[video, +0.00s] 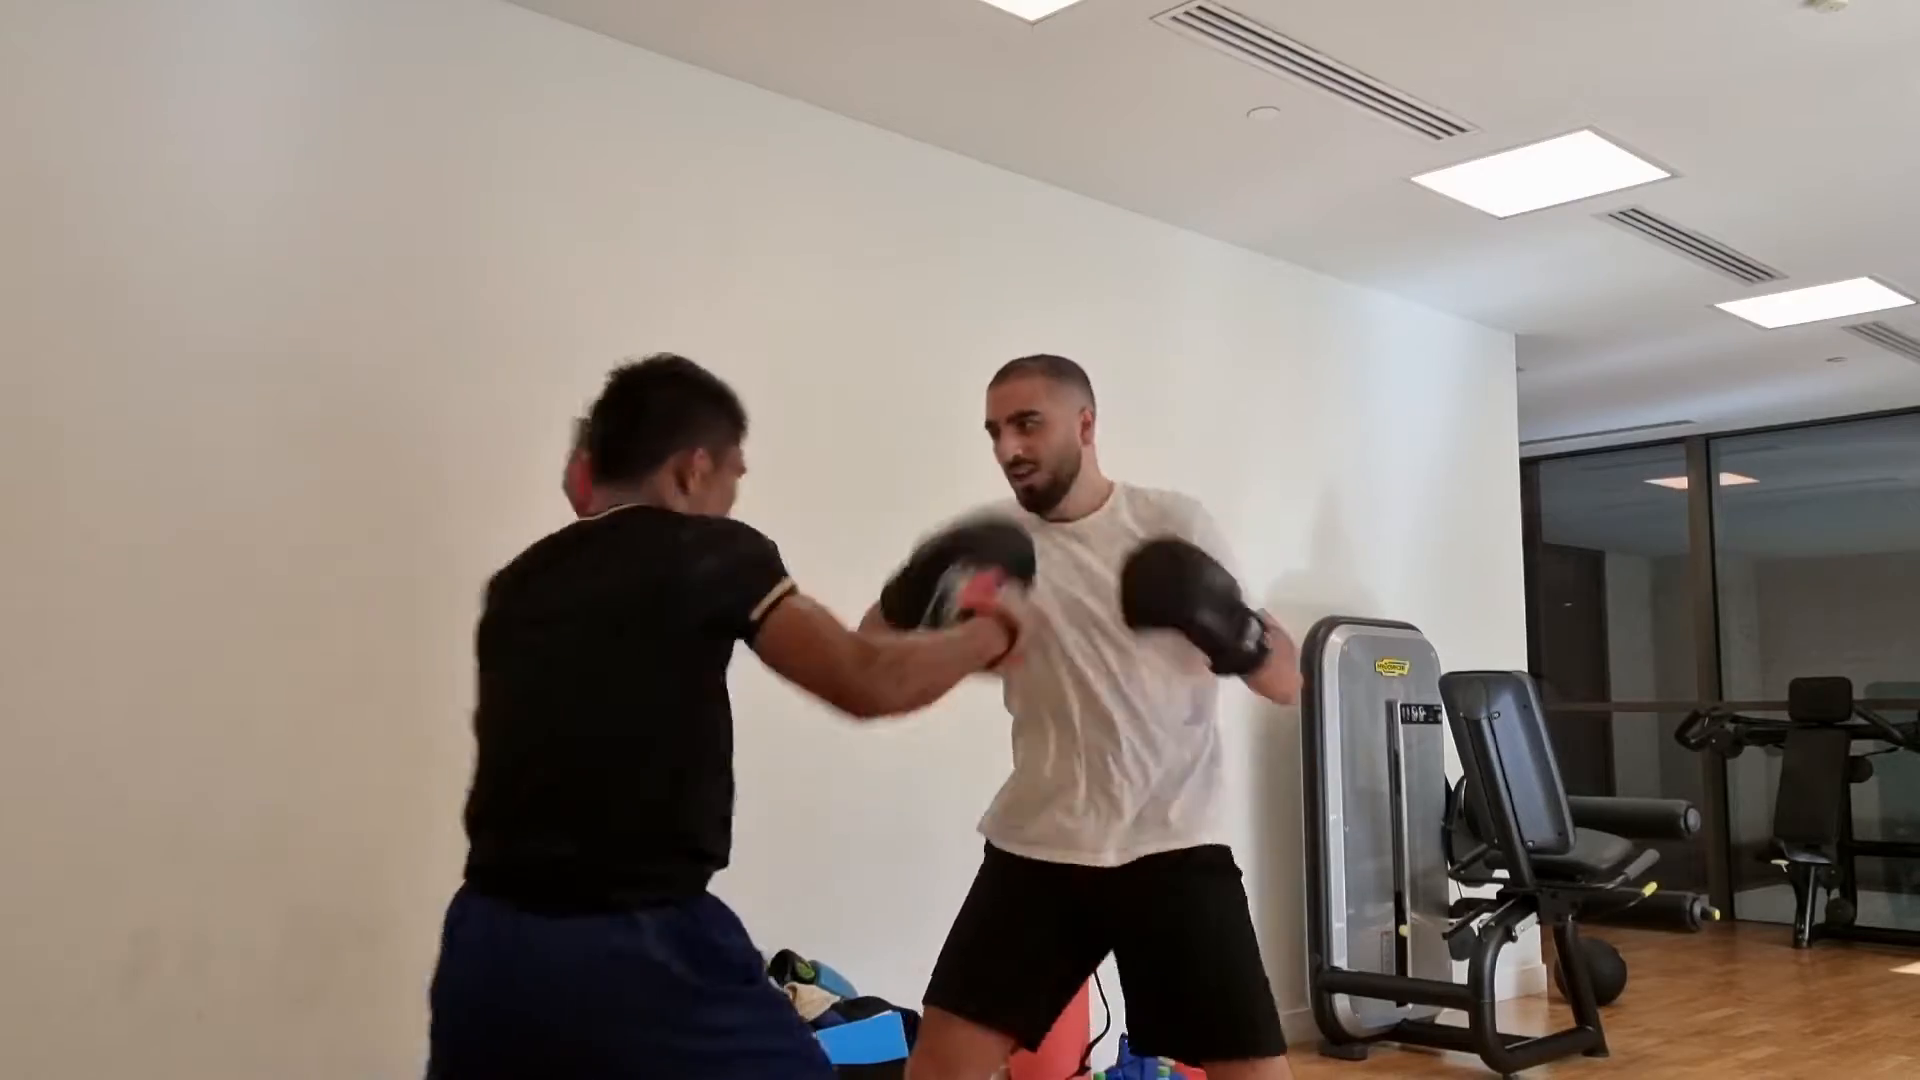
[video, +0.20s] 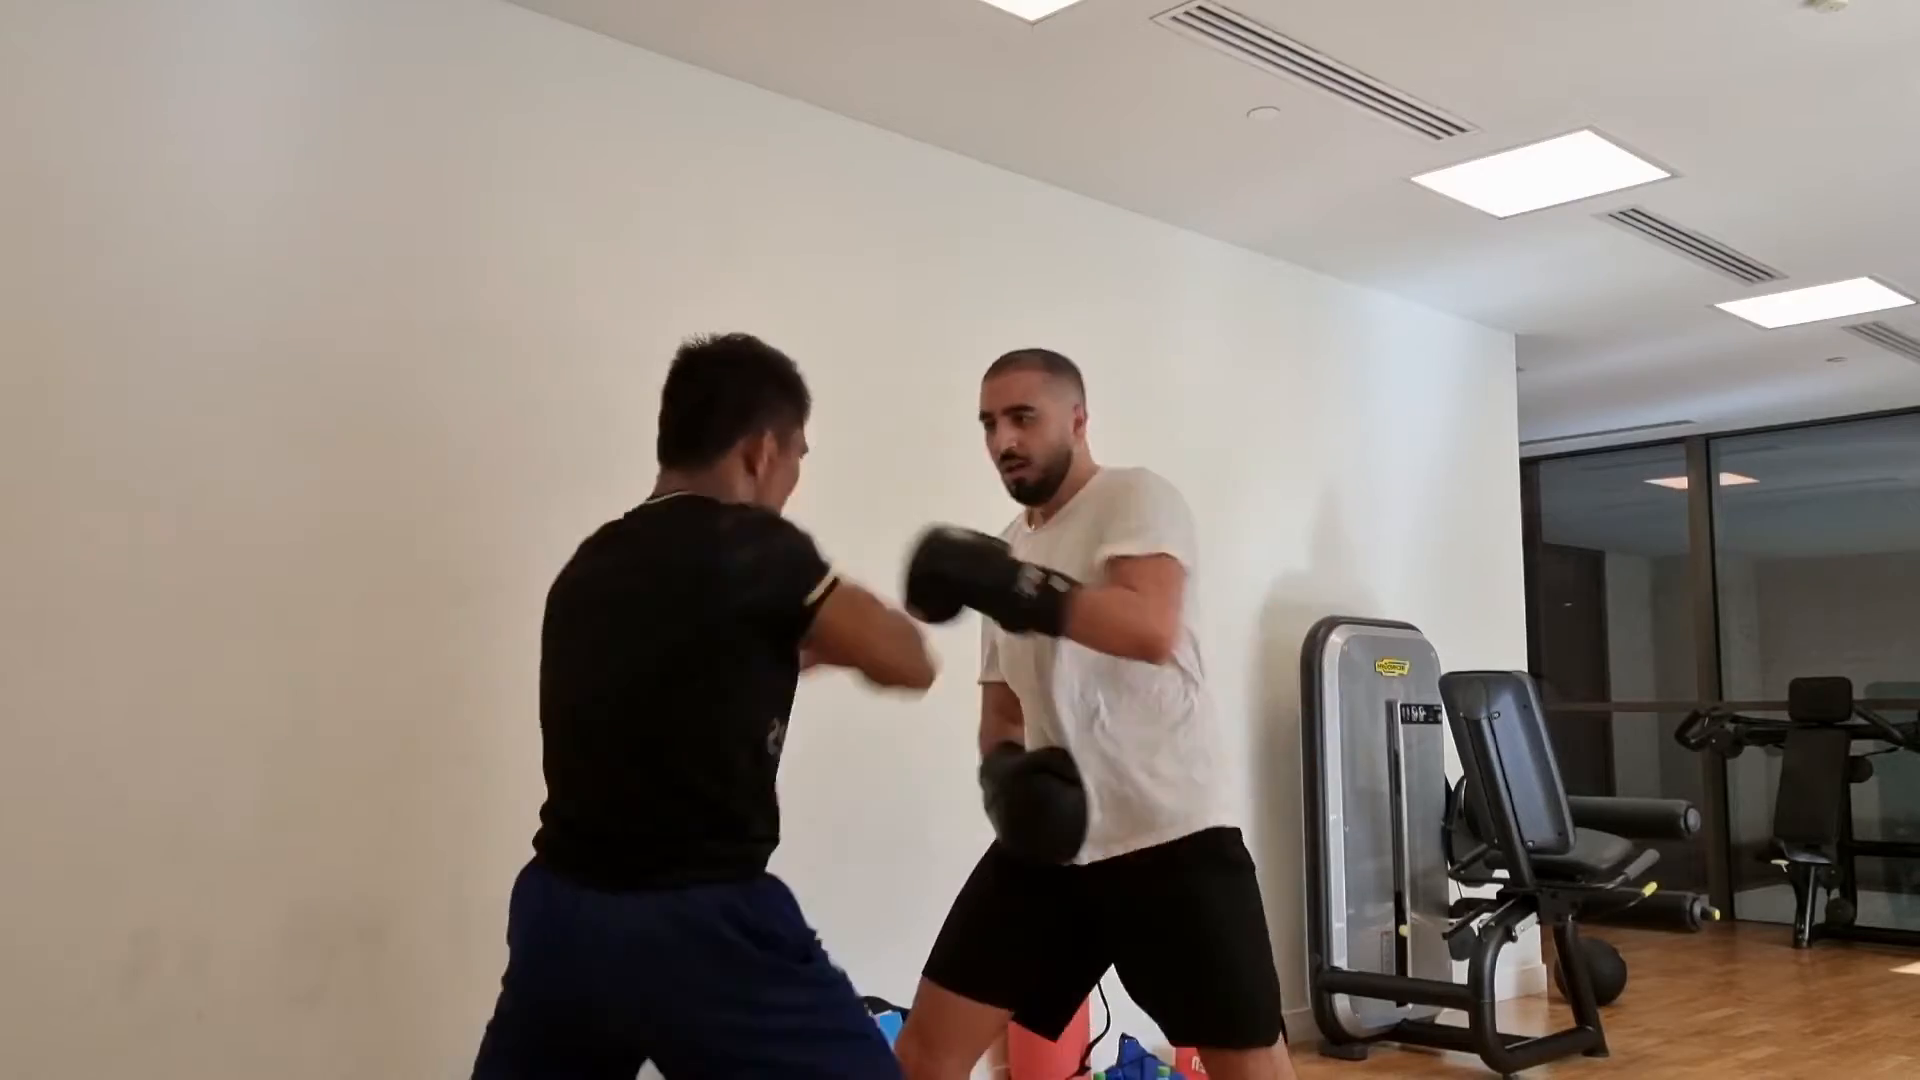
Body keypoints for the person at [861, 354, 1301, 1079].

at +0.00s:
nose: (1009, 447)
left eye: (1028, 423)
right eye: (997, 430)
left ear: (1085, 424)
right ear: (989, 441)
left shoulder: (1175, 526)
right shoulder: (991, 551)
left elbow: (1288, 681)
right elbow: (866, 665)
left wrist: (1224, 620)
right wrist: (912, 596)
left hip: (1177, 857)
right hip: (1037, 858)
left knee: (1254, 1071)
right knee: (944, 1063)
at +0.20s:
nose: (1003, 440)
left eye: (1022, 418)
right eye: (990, 424)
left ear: (1078, 419)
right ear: (982, 435)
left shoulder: (1139, 497)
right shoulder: (1006, 558)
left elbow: (1151, 625)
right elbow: (1001, 711)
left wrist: (1016, 589)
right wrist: (1010, 771)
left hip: (1175, 848)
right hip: (1046, 857)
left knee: (1253, 1070)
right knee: (926, 1058)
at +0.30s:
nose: (1071, 419)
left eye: (1092, 398)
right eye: (1054, 404)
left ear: (1138, 411)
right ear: (1041, 423)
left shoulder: (1212, 526)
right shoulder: (998, 548)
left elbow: (1280, 692)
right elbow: (983, 719)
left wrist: (1169, 663)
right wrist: (1067, 786)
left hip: (1198, 853)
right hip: (1044, 856)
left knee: (1277, 1063)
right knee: (948, 1061)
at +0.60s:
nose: (1014, 425)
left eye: (1034, 403)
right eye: (1002, 413)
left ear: (1092, 410)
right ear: (996, 432)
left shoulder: (1163, 520)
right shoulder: (1002, 567)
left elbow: (1234, 680)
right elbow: (1005, 701)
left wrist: (1089, 675)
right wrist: (1035, 778)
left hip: (1199, 846)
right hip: (1059, 849)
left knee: (1273, 1068)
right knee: (941, 1056)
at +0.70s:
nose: (905, 518)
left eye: (916, 497)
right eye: (898, 507)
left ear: (983, 487)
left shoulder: (1052, 565)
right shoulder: (980, 597)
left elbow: (1164, 692)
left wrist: (1040, 718)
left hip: (1198, 845)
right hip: (1088, 851)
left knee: (1252, 1068)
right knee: (961, 1037)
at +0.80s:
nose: (864, 658)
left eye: (855, 626)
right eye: (847, 653)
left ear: (899, 580)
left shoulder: (1027, 643)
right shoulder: (974, 674)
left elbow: (1187, 741)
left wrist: (1057, 799)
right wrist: (1031, 861)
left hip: (1213, 850)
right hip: (1100, 869)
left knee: (1248, 1067)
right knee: (961, 1034)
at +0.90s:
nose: (891, 685)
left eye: (894, 653)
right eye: (878, 664)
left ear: (958, 621)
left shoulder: (1095, 671)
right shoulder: (952, 712)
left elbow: (1243, 786)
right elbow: (1028, 812)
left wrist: (1102, 824)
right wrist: (1030, 881)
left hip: (1206, 877)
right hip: (1078, 892)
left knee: (1254, 1069)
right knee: (939, 1043)